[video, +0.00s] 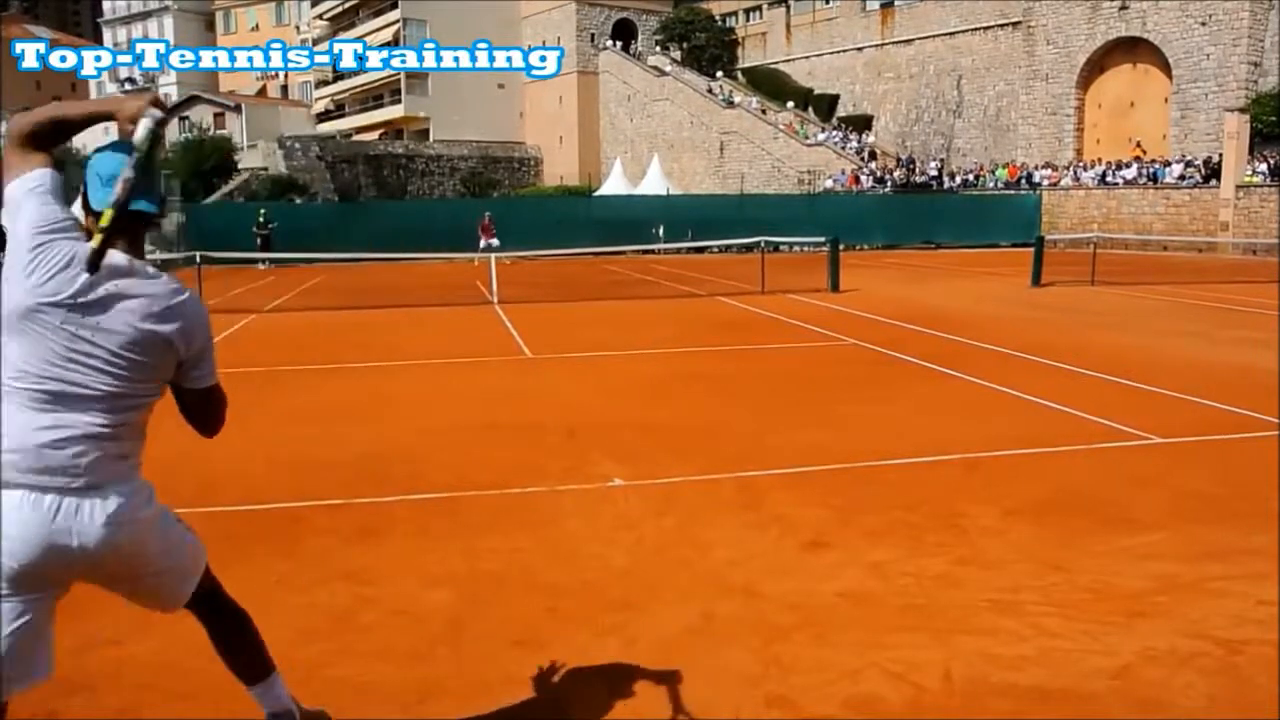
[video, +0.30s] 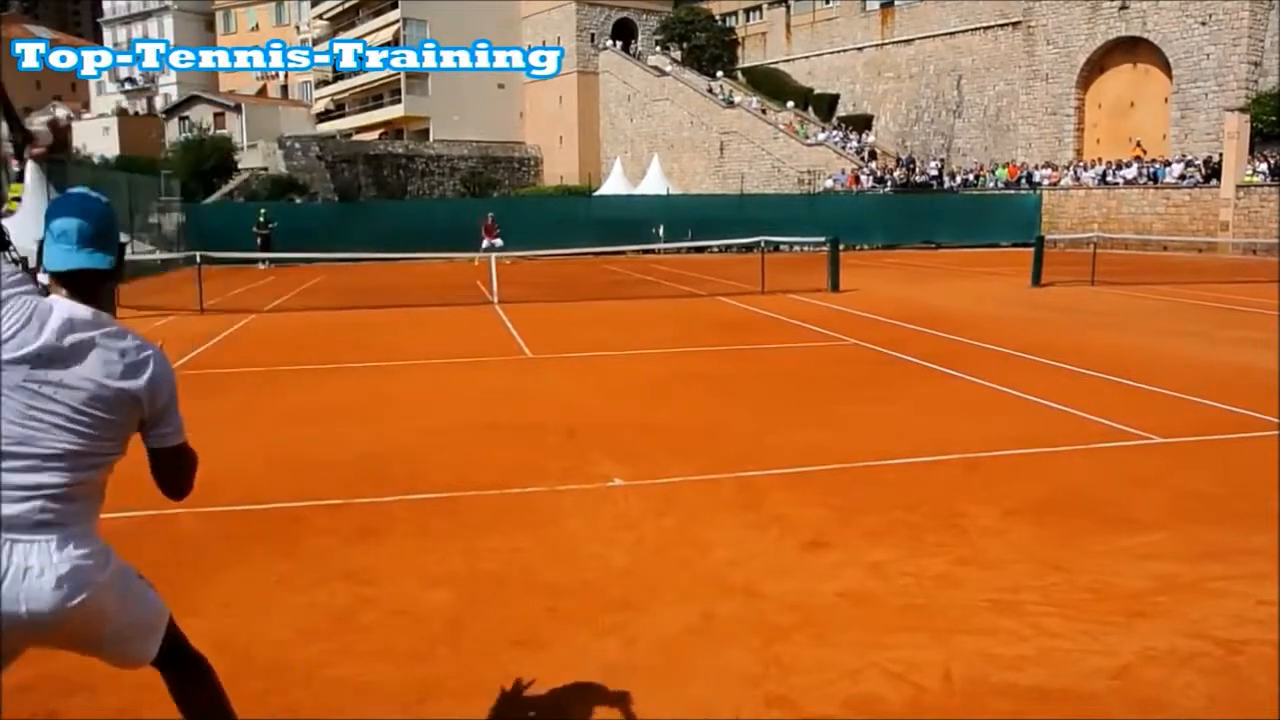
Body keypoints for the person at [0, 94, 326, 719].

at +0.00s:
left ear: (81, 206)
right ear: (151, 217)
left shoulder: (37, 249)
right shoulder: (174, 305)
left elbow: (23, 132)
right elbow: (208, 419)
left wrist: (111, 106)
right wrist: (171, 346)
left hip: (13, 512)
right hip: (114, 515)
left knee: (1, 688)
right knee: (209, 602)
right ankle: (286, 711)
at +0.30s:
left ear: (43, 266)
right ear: (118, 270)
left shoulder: (8, 311)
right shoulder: (140, 361)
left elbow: (3, 221)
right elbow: (176, 482)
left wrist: (29, 149)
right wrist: (154, 403)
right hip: (66, 571)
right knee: (176, 659)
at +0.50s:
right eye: (89, 311)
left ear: (9, 312)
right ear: (83, 323)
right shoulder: (102, 422)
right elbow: (137, 557)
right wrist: (138, 489)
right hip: (26, 637)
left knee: (116, 701)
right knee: (117, 703)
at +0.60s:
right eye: (89, 311)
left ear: (9, 312)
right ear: (83, 323)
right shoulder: (102, 422)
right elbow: (137, 557)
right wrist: (138, 488)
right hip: (26, 638)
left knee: (116, 701)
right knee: (117, 703)